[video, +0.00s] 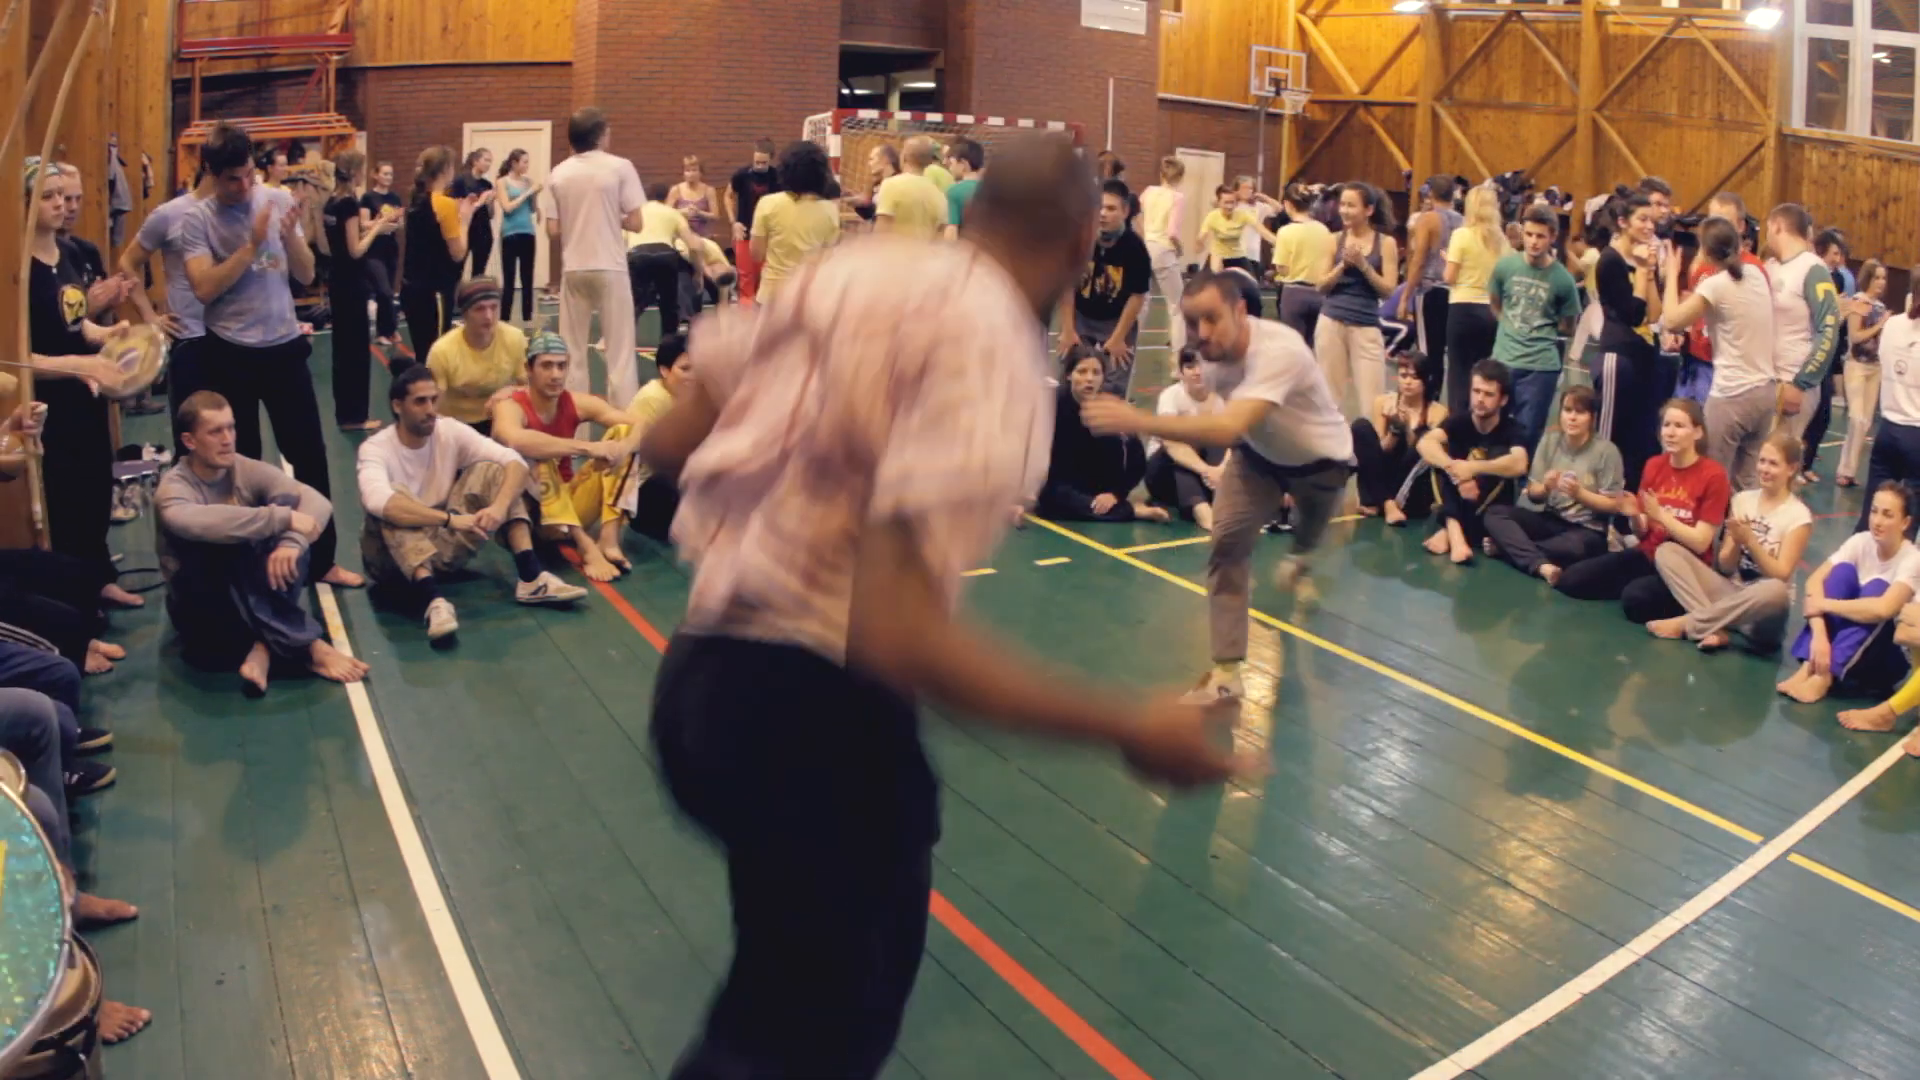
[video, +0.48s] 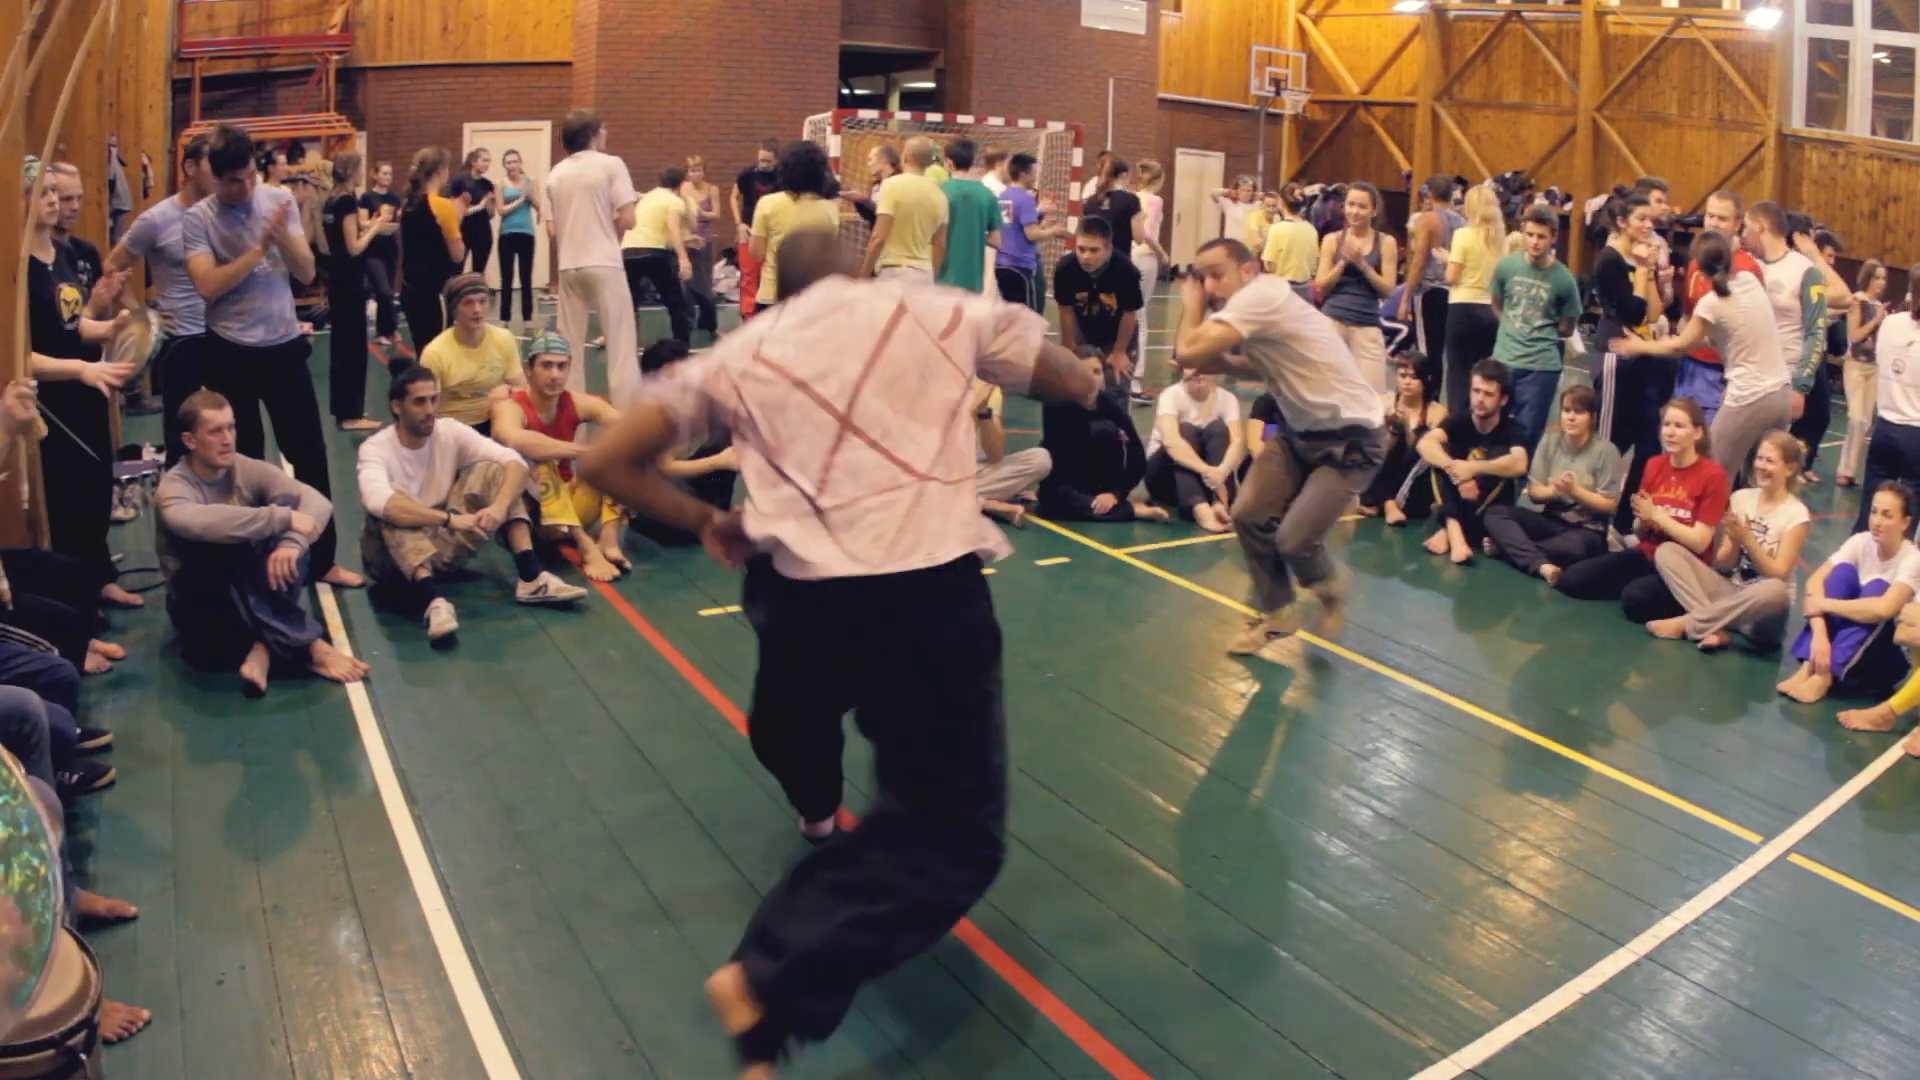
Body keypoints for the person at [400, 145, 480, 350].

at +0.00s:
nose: (453, 172)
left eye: (453, 167)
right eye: (452, 167)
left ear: (426, 169)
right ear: (444, 170)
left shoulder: (414, 200)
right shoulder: (444, 204)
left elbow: (431, 240)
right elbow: (458, 252)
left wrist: (459, 213)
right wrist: (465, 219)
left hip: (411, 285)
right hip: (433, 289)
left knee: (422, 353)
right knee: (433, 354)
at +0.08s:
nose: (453, 172)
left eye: (453, 167)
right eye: (452, 167)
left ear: (426, 169)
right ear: (444, 171)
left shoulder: (415, 202)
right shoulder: (442, 204)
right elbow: (460, 251)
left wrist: (457, 213)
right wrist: (467, 217)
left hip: (412, 287)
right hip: (433, 290)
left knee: (423, 355)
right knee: (435, 356)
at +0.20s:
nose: (451, 173)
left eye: (450, 168)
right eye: (449, 167)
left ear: (424, 169)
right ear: (442, 171)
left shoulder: (411, 205)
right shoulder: (442, 205)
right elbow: (457, 254)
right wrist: (462, 220)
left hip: (410, 287)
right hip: (433, 290)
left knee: (422, 354)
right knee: (435, 354)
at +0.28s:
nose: (450, 174)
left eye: (449, 168)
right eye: (449, 168)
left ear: (422, 170)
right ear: (441, 171)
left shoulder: (409, 204)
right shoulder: (441, 206)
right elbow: (456, 255)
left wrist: (457, 213)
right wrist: (461, 220)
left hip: (410, 287)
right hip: (432, 290)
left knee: (422, 353)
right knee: (436, 353)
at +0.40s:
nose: (449, 173)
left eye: (449, 168)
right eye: (448, 167)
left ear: (422, 169)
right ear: (441, 171)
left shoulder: (410, 204)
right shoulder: (441, 206)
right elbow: (459, 253)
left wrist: (454, 213)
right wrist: (463, 219)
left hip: (410, 287)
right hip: (433, 290)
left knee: (423, 354)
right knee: (437, 354)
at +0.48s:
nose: (448, 173)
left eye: (447, 168)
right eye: (447, 168)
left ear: (421, 170)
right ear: (440, 171)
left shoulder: (408, 205)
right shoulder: (442, 206)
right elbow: (457, 253)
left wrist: (451, 214)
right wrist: (457, 217)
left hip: (410, 287)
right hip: (432, 289)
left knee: (423, 352)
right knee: (434, 351)